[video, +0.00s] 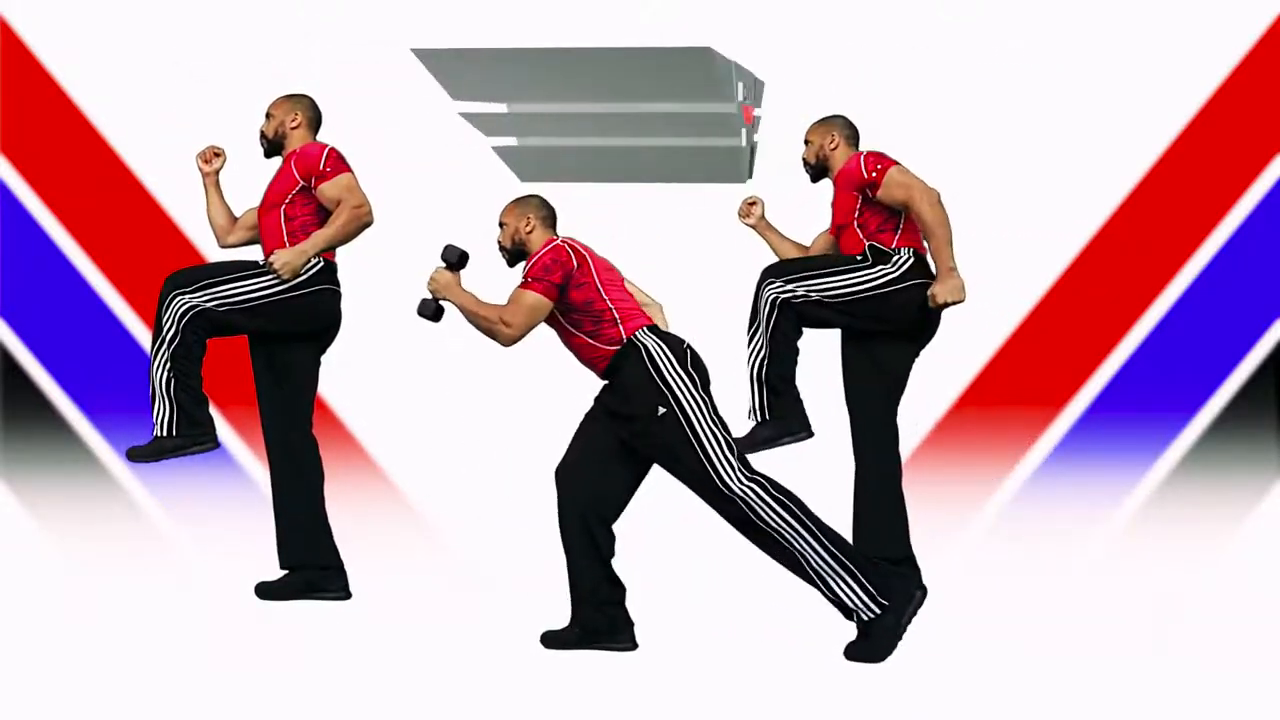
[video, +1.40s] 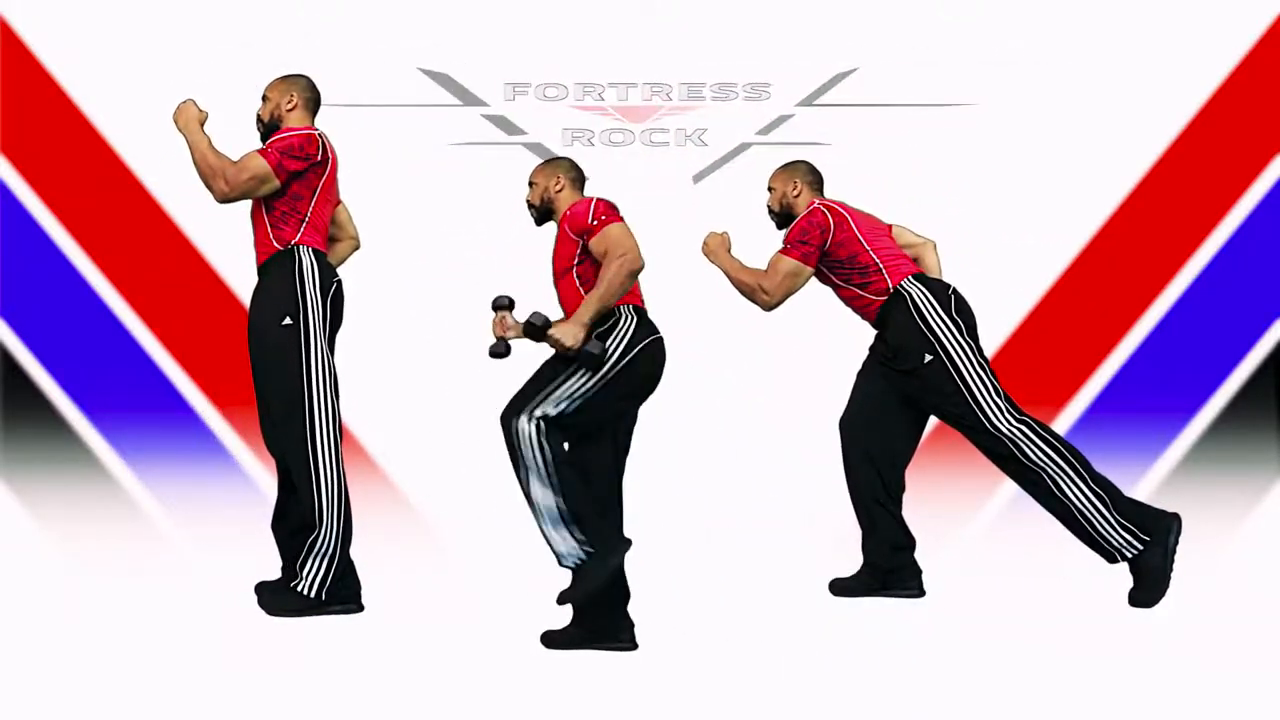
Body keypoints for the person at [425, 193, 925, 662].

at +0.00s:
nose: (498, 237)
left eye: (505, 226)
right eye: (499, 228)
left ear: (533, 223)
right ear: (536, 228)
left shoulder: (554, 255)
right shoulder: (569, 262)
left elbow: (507, 328)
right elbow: (650, 306)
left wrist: (454, 292)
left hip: (655, 367)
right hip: (629, 385)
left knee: (735, 487)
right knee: (579, 488)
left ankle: (879, 599)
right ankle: (602, 623)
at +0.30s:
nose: (502, 247)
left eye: (508, 236)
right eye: (503, 239)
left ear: (538, 234)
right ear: (540, 237)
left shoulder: (560, 265)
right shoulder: (573, 273)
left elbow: (512, 340)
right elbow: (657, 317)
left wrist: (461, 300)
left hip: (659, 378)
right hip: (631, 397)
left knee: (731, 500)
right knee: (576, 489)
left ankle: (884, 607)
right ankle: (601, 623)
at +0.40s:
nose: (504, 248)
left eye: (510, 237)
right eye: (505, 240)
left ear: (539, 236)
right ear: (540, 239)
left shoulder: (562, 266)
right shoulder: (569, 276)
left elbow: (513, 341)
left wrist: (462, 301)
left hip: (660, 380)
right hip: (630, 400)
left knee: (733, 504)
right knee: (575, 487)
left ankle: (886, 605)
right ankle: (601, 622)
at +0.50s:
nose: (505, 248)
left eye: (511, 238)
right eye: (506, 240)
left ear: (541, 237)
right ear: (543, 240)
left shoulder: (562, 269)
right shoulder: (578, 276)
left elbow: (513, 341)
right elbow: (661, 324)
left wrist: (463, 301)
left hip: (660, 382)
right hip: (632, 401)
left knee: (734, 506)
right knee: (574, 488)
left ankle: (885, 609)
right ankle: (601, 622)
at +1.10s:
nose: (508, 241)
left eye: (514, 231)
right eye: (507, 233)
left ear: (542, 228)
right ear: (543, 235)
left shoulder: (565, 258)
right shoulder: (575, 269)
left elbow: (530, 331)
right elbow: (649, 323)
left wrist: (465, 309)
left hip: (651, 378)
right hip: (620, 397)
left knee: (724, 496)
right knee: (570, 490)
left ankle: (875, 602)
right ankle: (601, 623)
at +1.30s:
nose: (517, 209)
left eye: (522, 198)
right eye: (518, 201)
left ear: (546, 195)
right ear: (551, 197)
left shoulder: (579, 224)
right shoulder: (560, 253)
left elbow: (598, 279)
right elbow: (603, 331)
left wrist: (528, 322)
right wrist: (561, 368)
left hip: (631, 349)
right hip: (603, 364)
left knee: (605, 475)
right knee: (578, 485)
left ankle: (733, 563)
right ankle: (600, 620)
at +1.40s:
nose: (527, 195)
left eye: (532, 185)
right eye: (528, 187)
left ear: (556, 182)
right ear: (558, 185)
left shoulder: (583, 208)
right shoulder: (571, 237)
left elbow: (626, 259)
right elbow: (584, 324)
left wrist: (581, 319)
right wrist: (526, 329)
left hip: (620, 337)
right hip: (616, 348)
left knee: (526, 418)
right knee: (593, 480)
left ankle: (584, 558)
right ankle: (605, 621)